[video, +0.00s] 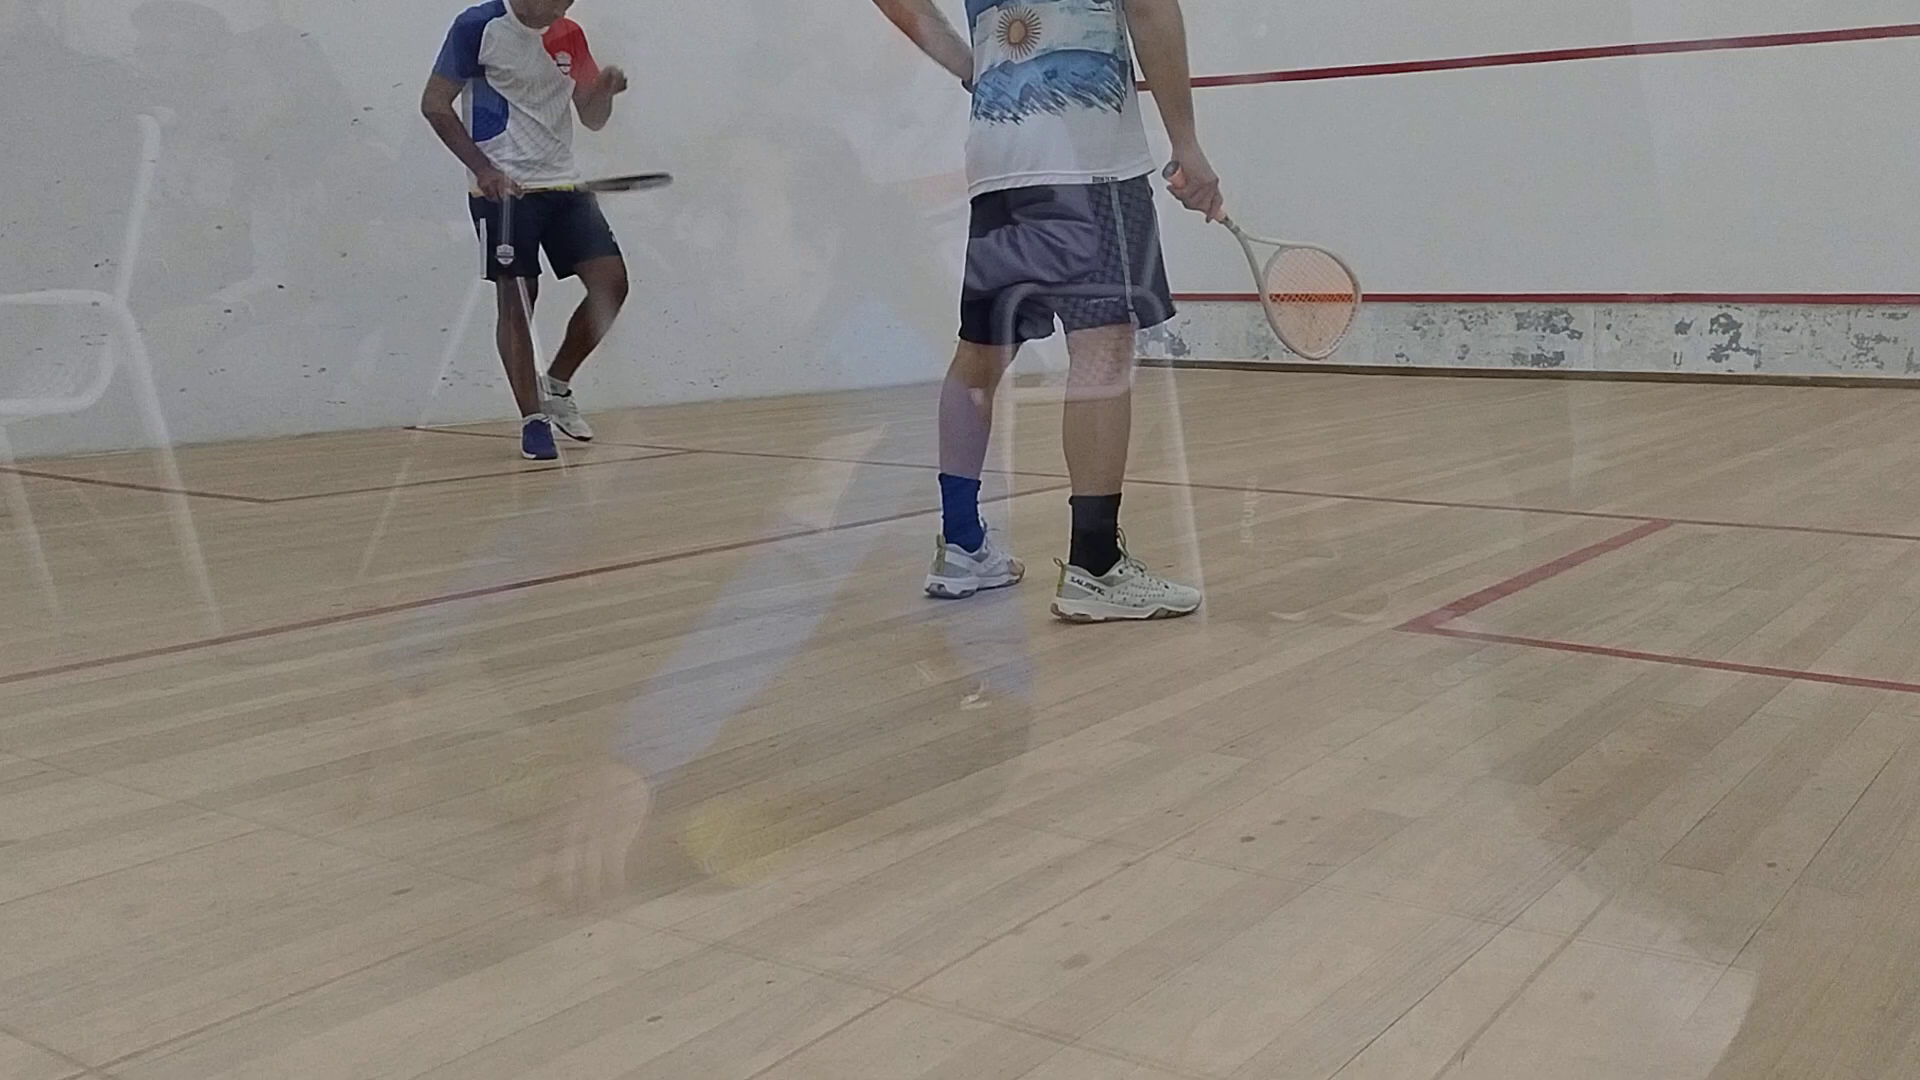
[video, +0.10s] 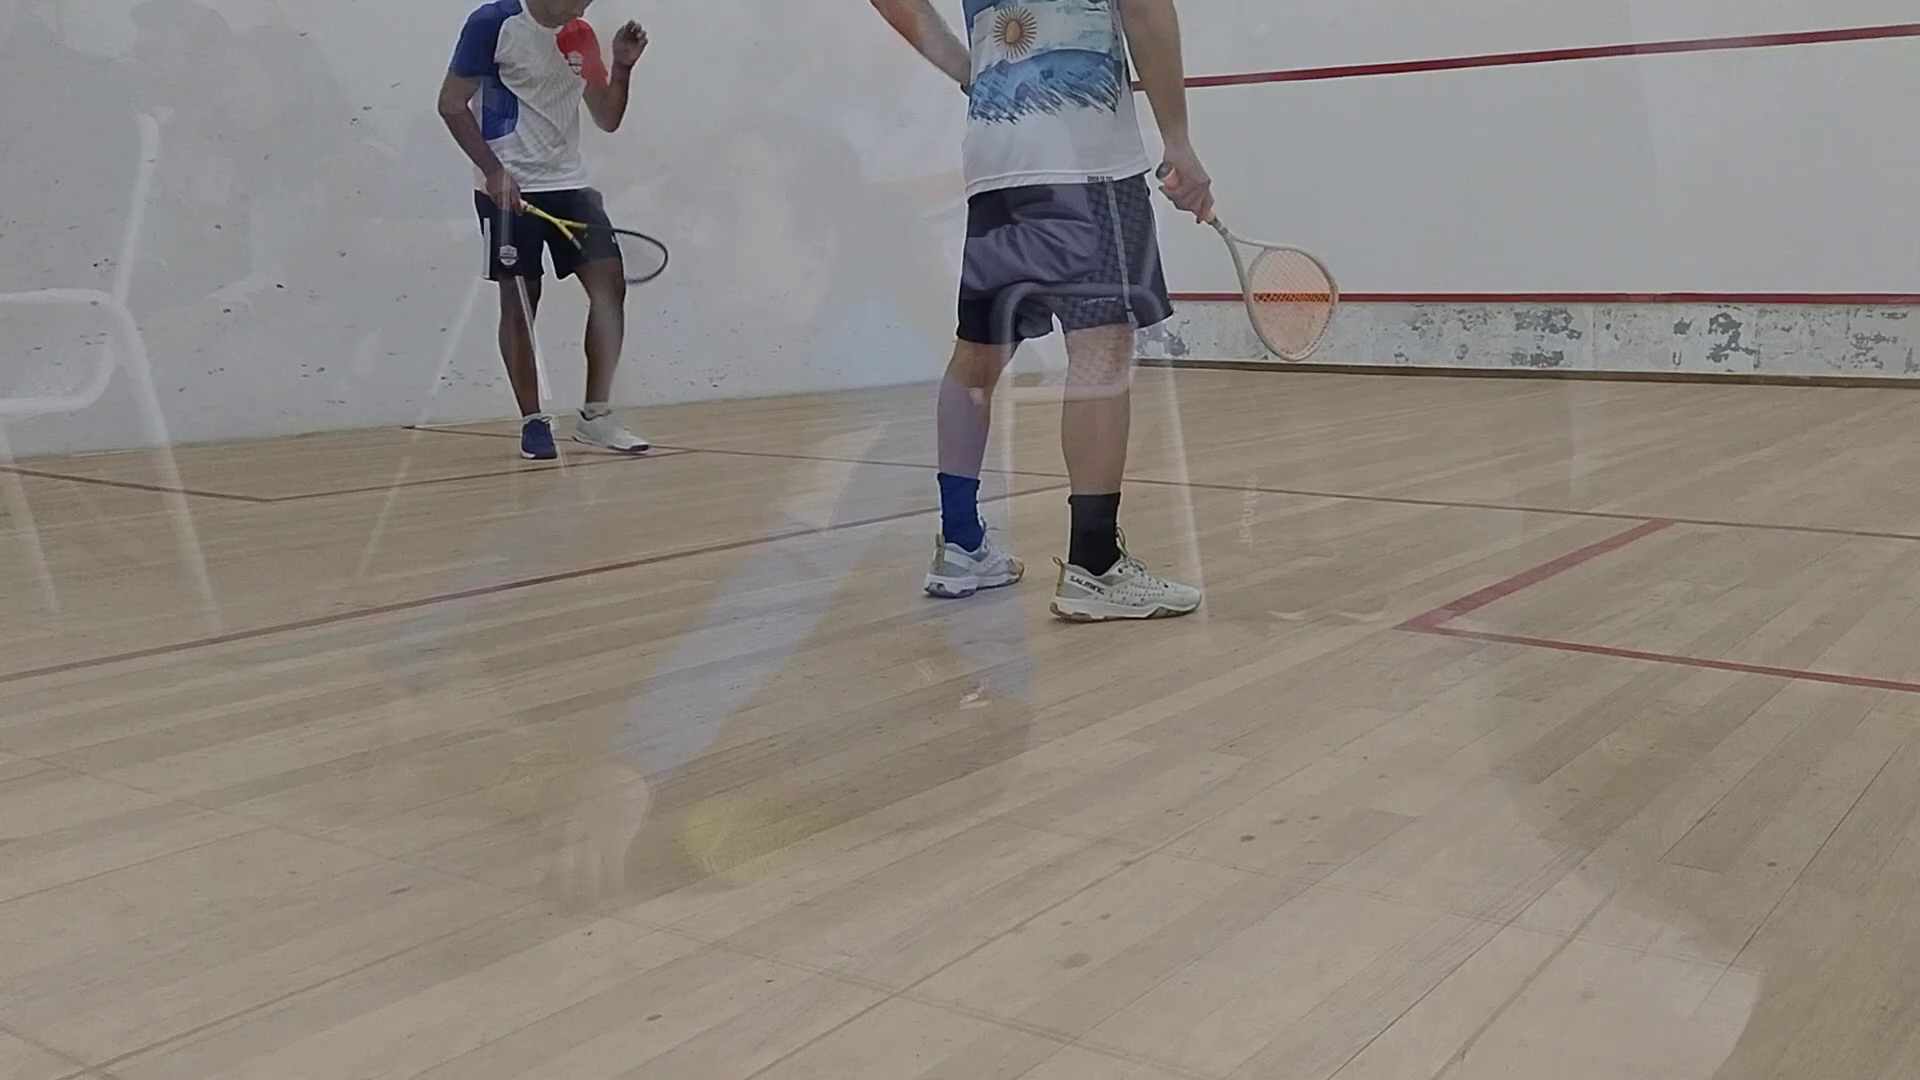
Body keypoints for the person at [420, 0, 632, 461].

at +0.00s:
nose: (558, 13)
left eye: (563, 8)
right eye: (554, 5)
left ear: (564, 5)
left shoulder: (568, 33)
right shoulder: (475, 27)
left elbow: (593, 119)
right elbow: (434, 103)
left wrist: (604, 91)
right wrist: (483, 170)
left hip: (562, 184)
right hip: (504, 186)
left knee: (611, 285)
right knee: (516, 297)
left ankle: (554, 385)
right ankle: (533, 420)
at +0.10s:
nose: (578, 11)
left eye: (583, 7)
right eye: (574, 4)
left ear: (580, 5)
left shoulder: (579, 33)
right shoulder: (490, 24)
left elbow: (607, 117)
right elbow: (451, 104)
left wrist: (620, 67)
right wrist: (493, 171)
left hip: (568, 183)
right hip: (509, 185)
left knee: (609, 284)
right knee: (521, 299)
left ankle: (596, 415)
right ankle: (534, 421)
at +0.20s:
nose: (606, 12)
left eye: (610, 7)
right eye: (604, 4)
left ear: (599, 6)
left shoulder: (599, 40)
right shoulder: (510, 22)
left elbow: (623, 125)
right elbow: (465, 102)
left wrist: (640, 68)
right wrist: (505, 172)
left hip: (578, 193)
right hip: (517, 189)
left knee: (600, 295)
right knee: (525, 304)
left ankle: (622, 421)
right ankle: (534, 421)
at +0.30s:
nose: (627, 16)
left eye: (633, 11)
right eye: (624, 6)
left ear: (630, 10)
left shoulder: (623, 48)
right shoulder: (530, 22)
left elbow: (632, 136)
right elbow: (483, 99)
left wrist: (656, 113)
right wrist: (515, 171)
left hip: (591, 194)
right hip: (529, 189)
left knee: (609, 302)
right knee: (536, 303)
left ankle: (622, 427)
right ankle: (536, 420)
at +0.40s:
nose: (648, 17)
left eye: (654, 11)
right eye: (643, 7)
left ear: (653, 10)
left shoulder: (641, 55)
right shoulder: (543, 24)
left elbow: (650, 140)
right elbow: (500, 99)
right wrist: (534, 168)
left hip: (603, 189)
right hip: (538, 186)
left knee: (622, 300)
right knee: (543, 304)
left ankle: (624, 427)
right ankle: (536, 411)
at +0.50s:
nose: (666, 20)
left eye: (671, 14)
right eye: (664, 10)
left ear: (657, 8)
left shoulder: (654, 52)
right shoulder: (559, 22)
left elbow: (657, 135)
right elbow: (518, 100)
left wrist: (671, 211)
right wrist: (556, 167)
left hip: (612, 191)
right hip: (544, 187)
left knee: (630, 302)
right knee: (545, 303)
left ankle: (624, 425)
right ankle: (538, 412)